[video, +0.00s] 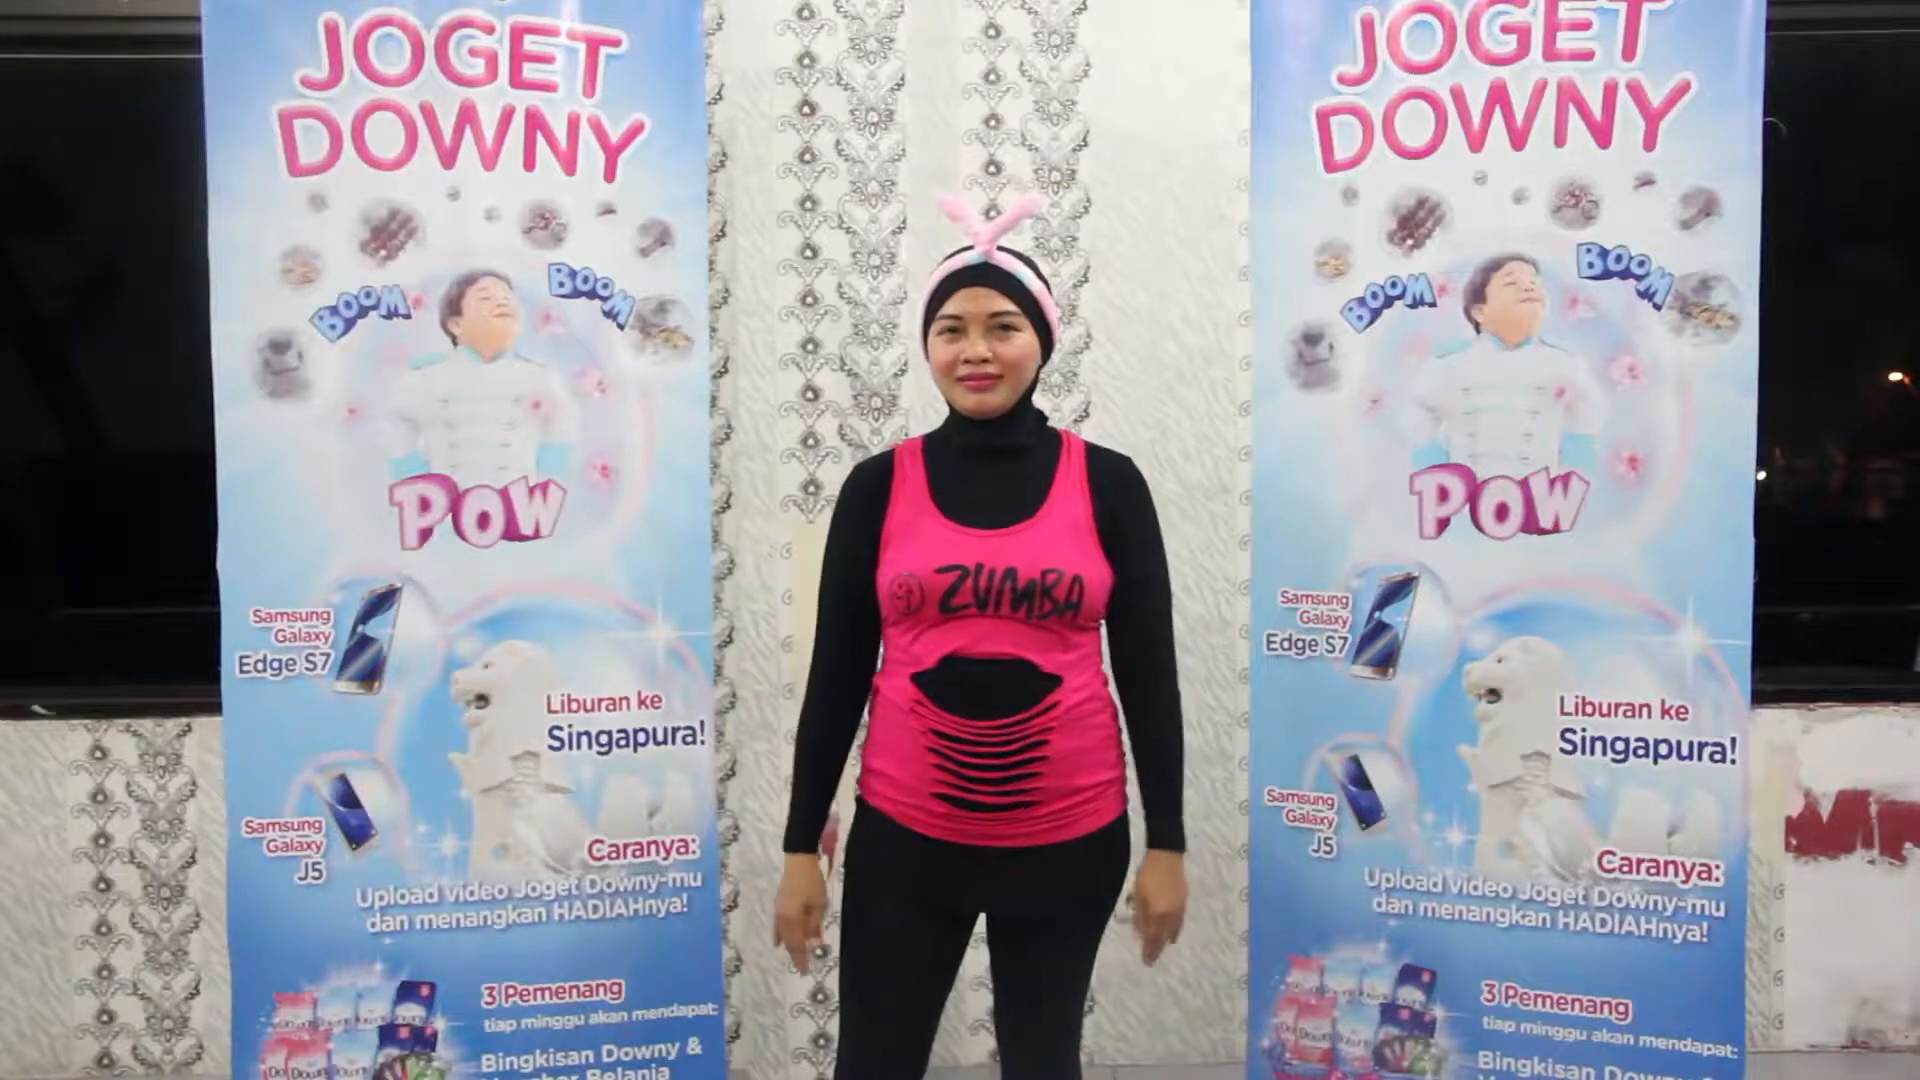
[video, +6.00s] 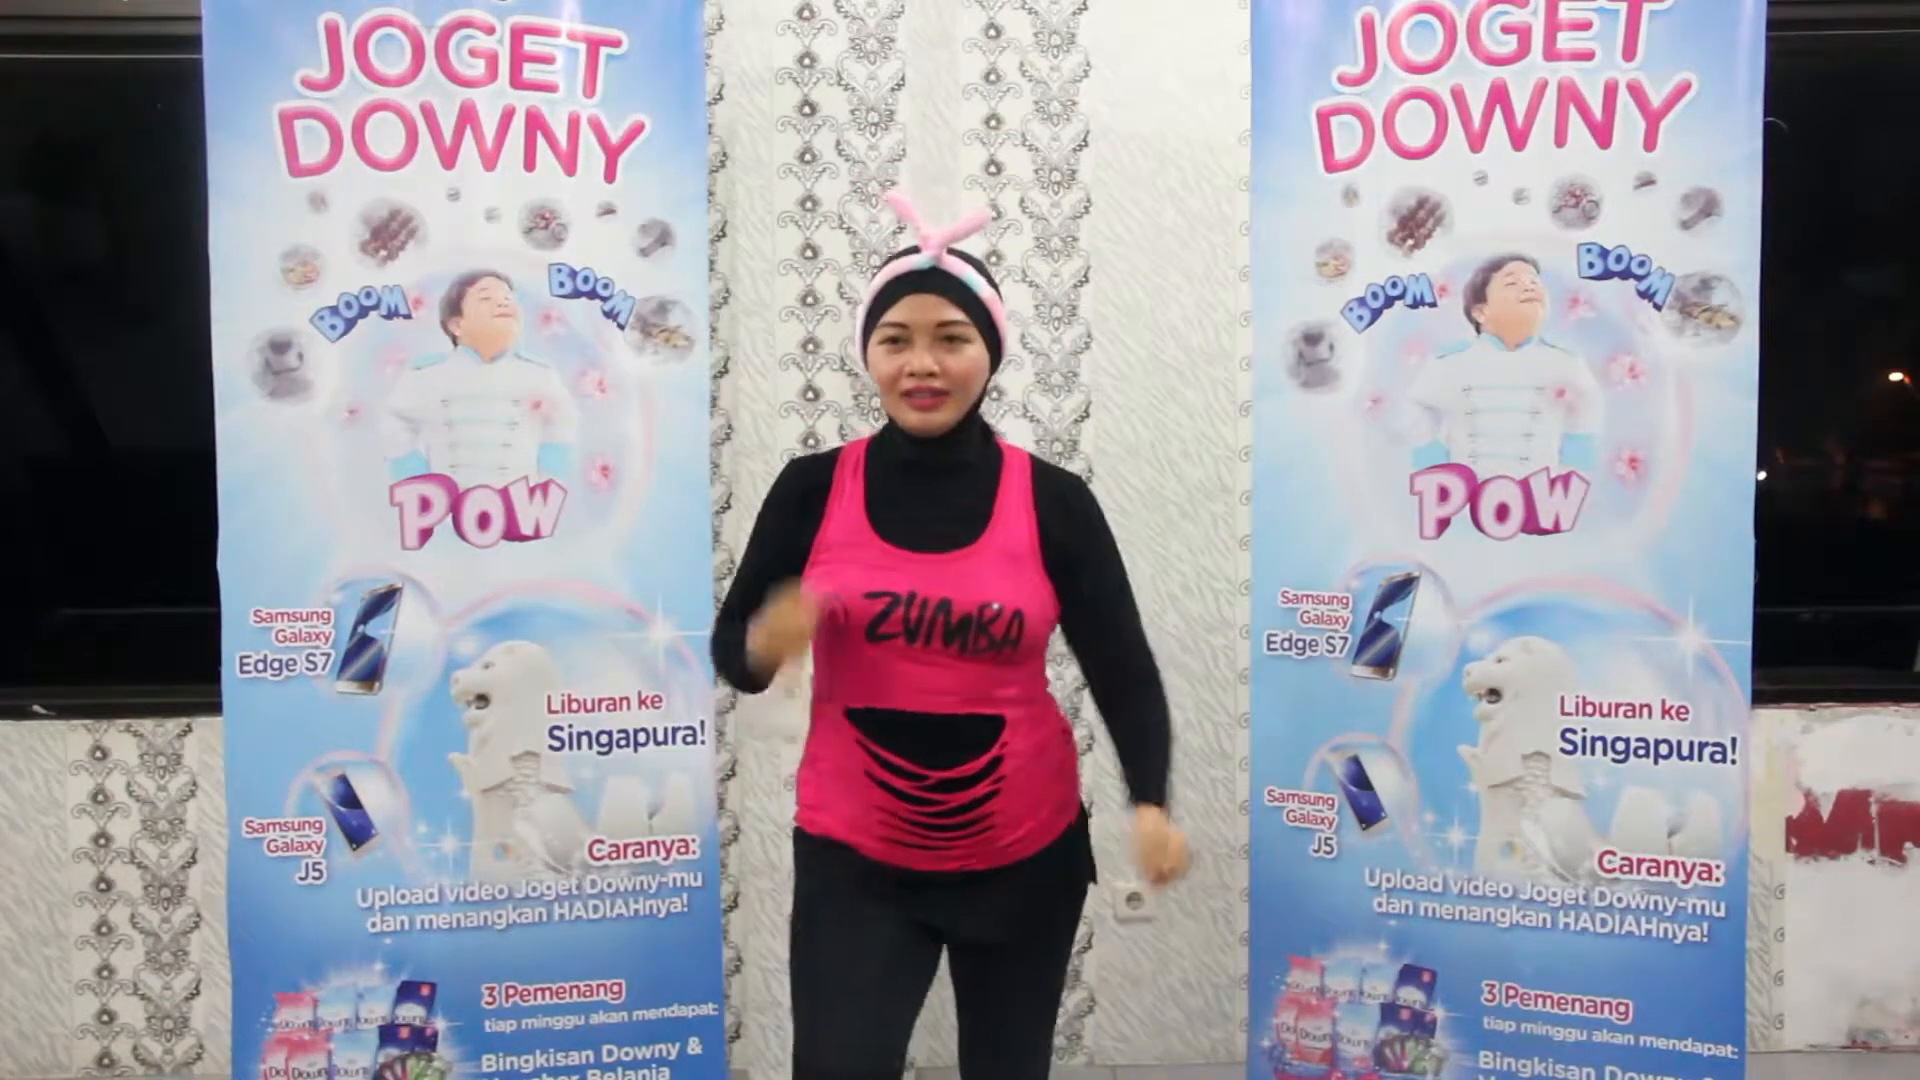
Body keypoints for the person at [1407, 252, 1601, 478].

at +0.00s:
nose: (1528, 286)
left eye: (1534, 281)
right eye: (1509, 282)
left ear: (1545, 300)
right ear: (1478, 311)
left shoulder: (1565, 366)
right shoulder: (1444, 368)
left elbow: (1582, 438)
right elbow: (1416, 424)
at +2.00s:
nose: (1528, 286)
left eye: (1534, 280)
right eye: (1510, 283)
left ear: (1545, 299)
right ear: (1479, 311)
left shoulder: (1565, 363)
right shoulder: (1446, 367)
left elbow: (1585, 425)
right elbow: (1414, 419)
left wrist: (1567, 486)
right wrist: (1436, 478)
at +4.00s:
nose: (1529, 288)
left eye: (1535, 282)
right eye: (1511, 283)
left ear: (1545, 301)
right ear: (1479, 311)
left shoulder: (1564, 362)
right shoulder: (1447, 365)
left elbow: (1583, 426)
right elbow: (1416, 417)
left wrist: (1565, 488)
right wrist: (1434, 479)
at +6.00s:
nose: (1529, 287)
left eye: (1534, 281)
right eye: (1511, 283)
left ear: (1545, 299)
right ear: (1479, 311)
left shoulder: (1565, 364)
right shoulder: (1447, 367)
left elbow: (1585, 427)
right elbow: (1413, 416)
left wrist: (1567, 484)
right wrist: (1435, 473)